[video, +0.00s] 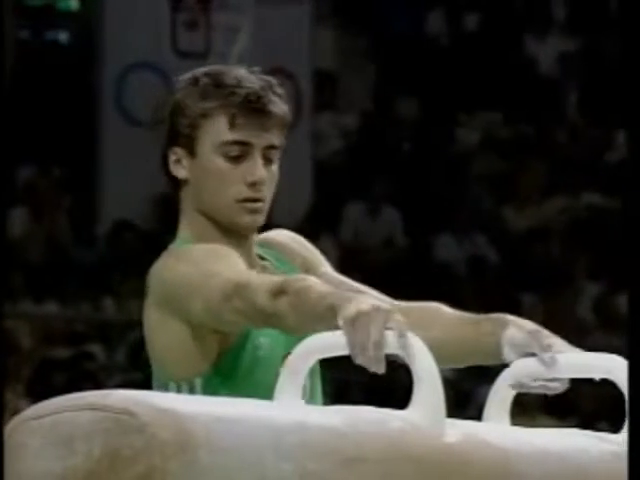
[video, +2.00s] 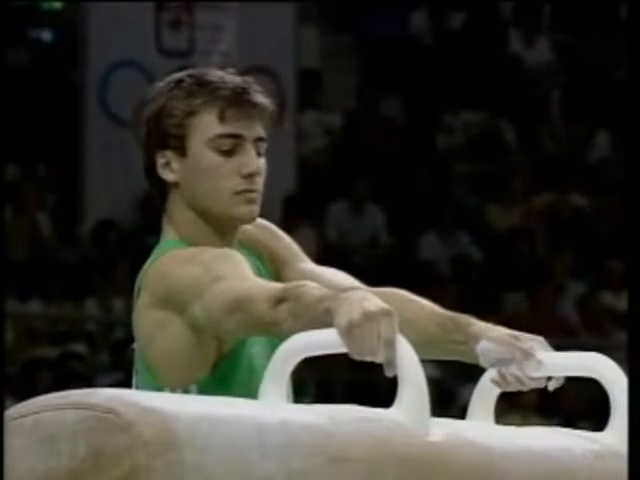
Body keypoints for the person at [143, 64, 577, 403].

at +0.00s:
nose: (259, 177)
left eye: (269, 158)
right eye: (235, 155)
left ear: (280, 163)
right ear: (180, 164)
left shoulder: (287, 250)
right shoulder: (184, 270)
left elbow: (388, 316)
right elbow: (271, 298)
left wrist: (500, 334)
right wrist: (347, 305)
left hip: (307, 473)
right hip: (221, 476)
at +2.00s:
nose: (254, 168)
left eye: (258, 149)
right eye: (227, 150)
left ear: (266, 154)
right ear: (169, 166)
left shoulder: (257, 241)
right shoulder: (183, 271)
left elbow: (359, 296)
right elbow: (271, 306)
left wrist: (479, 339)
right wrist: (343, 303)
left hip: (246, 467)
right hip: (186, 471)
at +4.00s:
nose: (250, 187)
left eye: (258, 166)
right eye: (227, 166)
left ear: (267, 164)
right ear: (167, 170)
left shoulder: (251, 238)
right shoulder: (177, 271)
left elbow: (355, 294)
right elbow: (270, 307)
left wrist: (480, 338)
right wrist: (341, 304)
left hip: (240, 466)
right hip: (181, 470)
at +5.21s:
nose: (228, 220)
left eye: (232, 195)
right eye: (201, 203)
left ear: (240, 186)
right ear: (141, 214)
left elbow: (387, 273)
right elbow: (258, 319)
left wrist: (471, 341)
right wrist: (352, 302)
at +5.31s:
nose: (217, 283)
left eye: (217, 262)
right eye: (189, 270)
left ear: (225, 255)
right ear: (130, 290)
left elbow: (344, 314)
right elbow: (263, 358)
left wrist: (462, 352)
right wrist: (350, 312)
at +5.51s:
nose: (285, 225)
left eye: (293, 211)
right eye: (274, 208)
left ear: (298, 208)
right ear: (226, 195)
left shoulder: (287, 251)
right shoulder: (189, 237)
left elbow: (346, 343)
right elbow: (235, 293)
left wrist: (411, 349)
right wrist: (323, 305)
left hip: (256, 430)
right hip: (181, 429)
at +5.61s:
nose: (363, 183)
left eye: (371, 171)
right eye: (360, 163)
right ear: (323, 137)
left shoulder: (332, 207)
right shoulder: (270, 155)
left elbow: (333, 298)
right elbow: (248, 242)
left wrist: (390, 337)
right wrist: (318, 305)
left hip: (251, 371)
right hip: (192, 363)